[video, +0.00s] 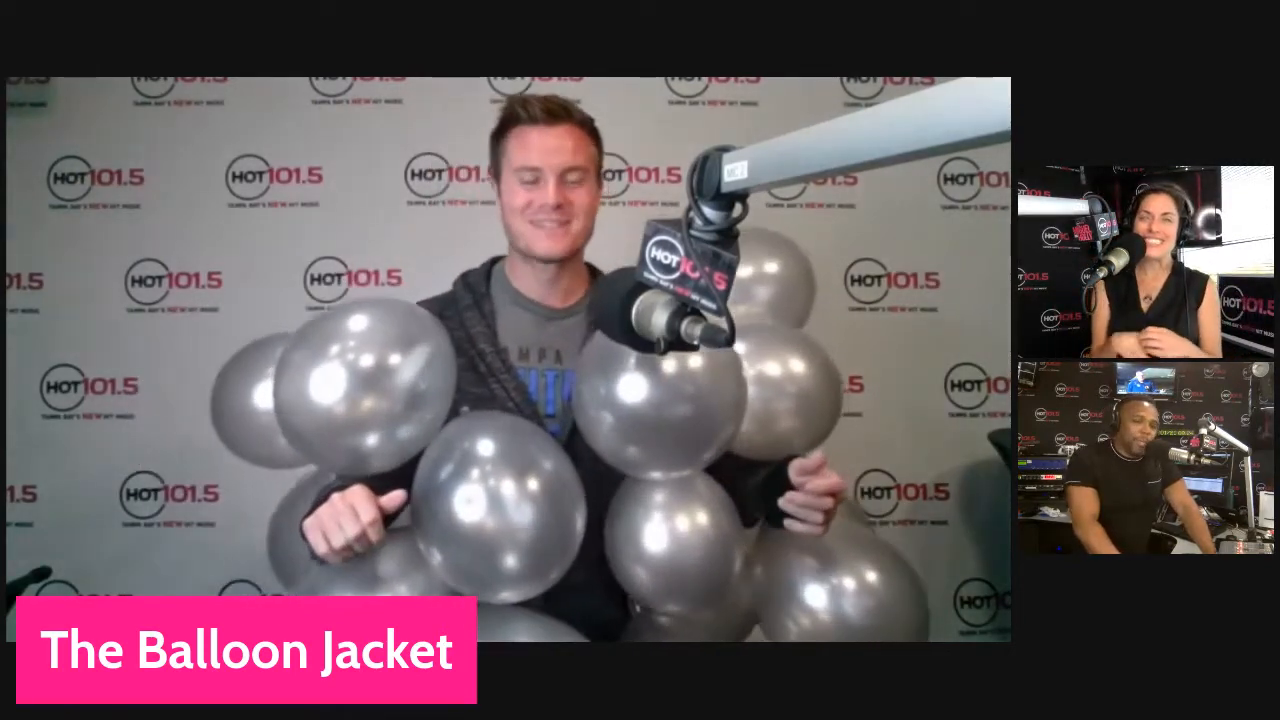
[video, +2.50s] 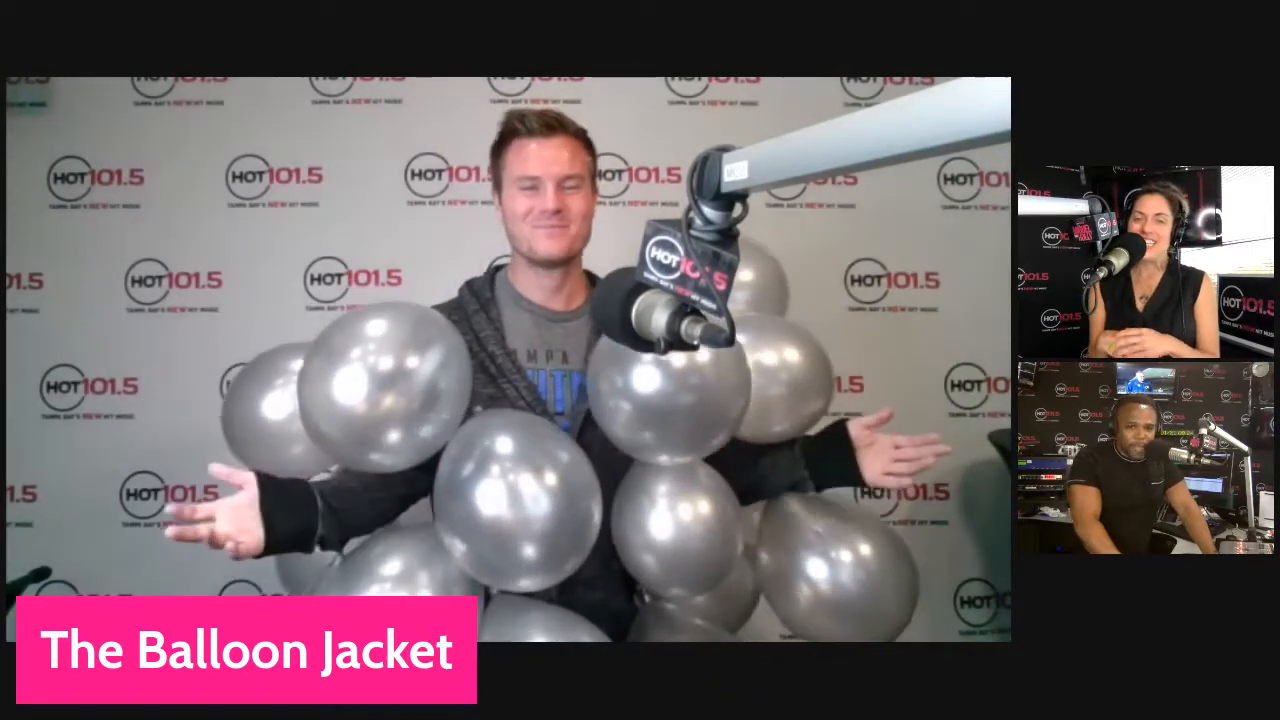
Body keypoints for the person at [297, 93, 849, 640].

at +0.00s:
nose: (552, 199)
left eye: (573, 178)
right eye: (528, 178)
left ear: (599, 191)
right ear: (497, 190)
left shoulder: (654, 320)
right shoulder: (432, 331)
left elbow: (711, 460)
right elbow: (369, 449)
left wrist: (783, 490)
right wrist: (337, 502)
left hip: (637, 622)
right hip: (488, 617)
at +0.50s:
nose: (543, 201)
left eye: (563, 178)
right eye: (517, 180)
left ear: (588, 189)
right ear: (485, 191)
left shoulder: (641, 321)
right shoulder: (420, 330)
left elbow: (693, 465)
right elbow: (363, 452)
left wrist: (770, 493)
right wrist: (332, 506)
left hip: (626, 625)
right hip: (475, 623)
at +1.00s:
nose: (550, 203)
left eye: (570, 181)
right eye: (526, 183)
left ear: (597, 192)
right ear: (494, 194)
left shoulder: (651, 318)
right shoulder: (433, 331)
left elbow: (707, 458)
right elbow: (380, 447)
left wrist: (780, 493)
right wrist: (350, 503)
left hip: (639, 617)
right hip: (487, 616)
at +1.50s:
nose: (552, 199)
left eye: (571, 179)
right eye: (530, 181)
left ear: (598, 193)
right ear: (501, 197)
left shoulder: (652, 317)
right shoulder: (445, 334)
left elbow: (704, 455)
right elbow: (396, 448)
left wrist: (782, 487)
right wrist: (357, 498)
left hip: (638, 611)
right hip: (493, 611)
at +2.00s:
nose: (550, 201)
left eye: (570, 182)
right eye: (529, 184)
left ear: (599, 197)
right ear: (501, 203)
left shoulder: (656, 322)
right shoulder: (442, 338)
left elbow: (707, 465)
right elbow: (408, 475)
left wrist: (795, 483)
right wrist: (344, 510)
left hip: (649, 618)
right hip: (504, 615)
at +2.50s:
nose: (552, 205)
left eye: (571, 186)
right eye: (530, 188)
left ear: (595, 199)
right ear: (497, 204)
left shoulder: (650, 324)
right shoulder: (445, 334)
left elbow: (717, 459)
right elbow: (399, 471)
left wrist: (837, 454)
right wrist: (285, 510)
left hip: (644, 610)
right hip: (499, 607)